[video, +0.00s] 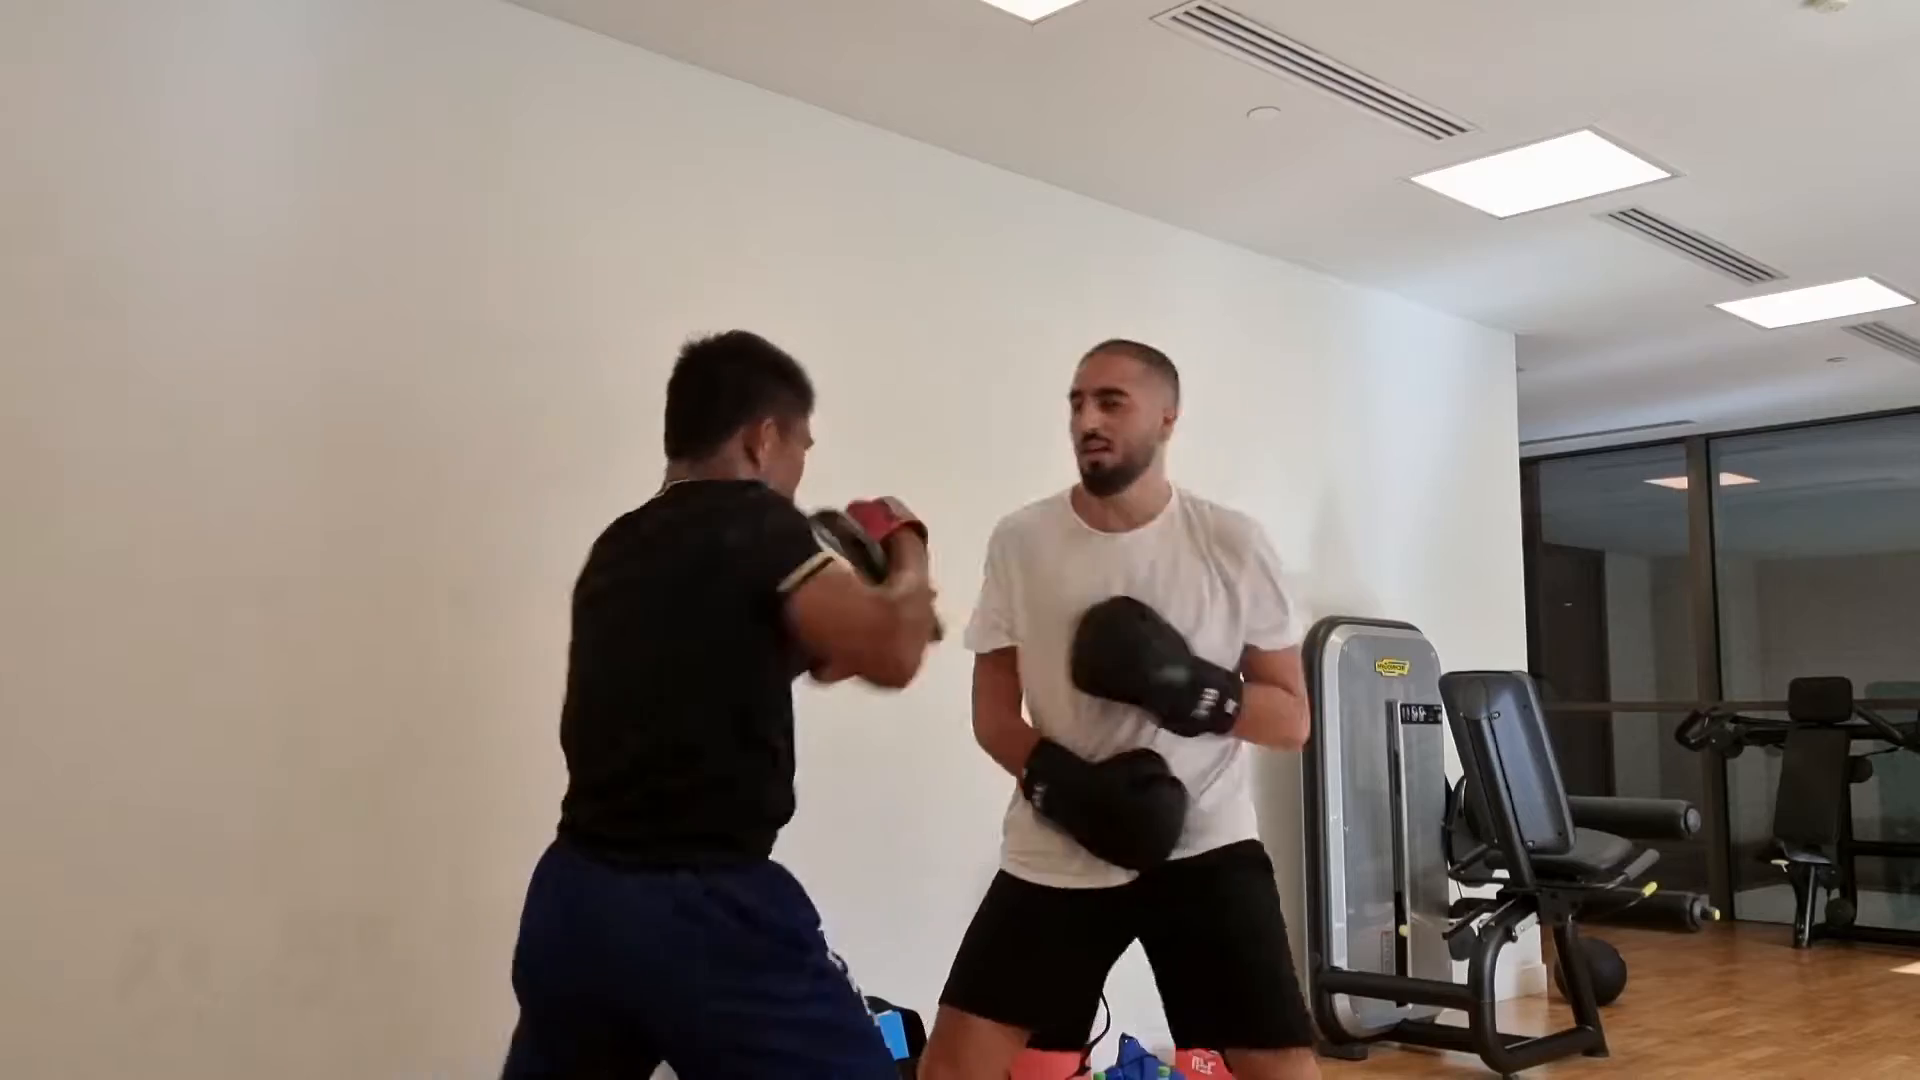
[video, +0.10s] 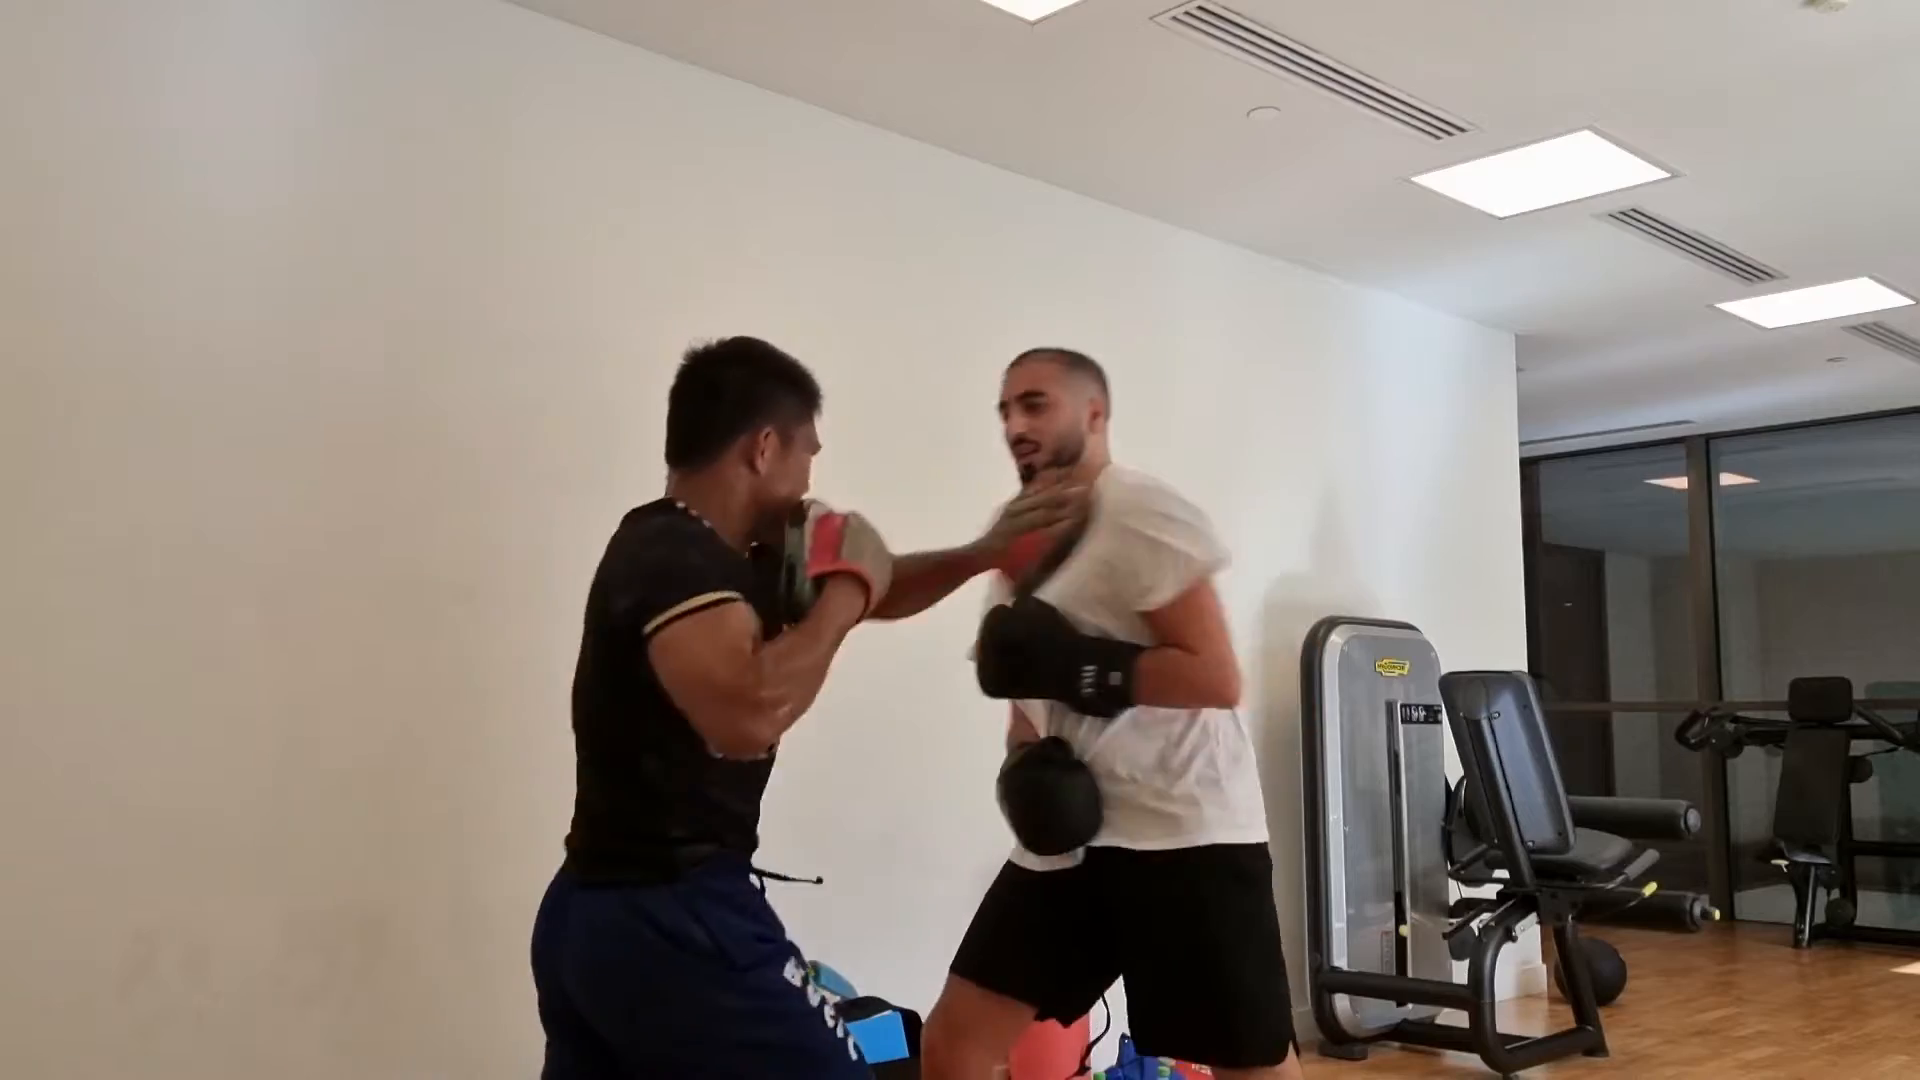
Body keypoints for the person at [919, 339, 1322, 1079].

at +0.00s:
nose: (1088, 419)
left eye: (1112, 402)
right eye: (1079, 404)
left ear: (1168, 420)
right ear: (1067, 419)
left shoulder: (1235, 545)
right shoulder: (1020, 542)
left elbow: (1291, 718)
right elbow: (993, 717)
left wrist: (1190, 685)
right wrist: (1067, 783)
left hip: (1207, 860)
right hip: (1052, 867)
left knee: (1282, 1068)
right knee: (955, 1067)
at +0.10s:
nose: (1014, 426)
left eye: (1033, 404)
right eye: (1006, 411)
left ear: (1094, 413)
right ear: (1001, 427)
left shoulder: (1145, 514)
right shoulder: (1022, 534)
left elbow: (1216, 679)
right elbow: (1028, 683)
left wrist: (1069, 666)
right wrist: (1030, 769)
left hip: (1195, 850)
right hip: (1072, 845)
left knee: (1258, 1068)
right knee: (957, 1048)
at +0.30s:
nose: (982, 467)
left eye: (999, 444)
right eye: (976, 453)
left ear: (1062, 445)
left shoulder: (1096, 524)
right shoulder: (1067, 552)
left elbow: (1200, 678)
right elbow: (1138, 727)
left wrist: (1060, 695)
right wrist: (1032, 792)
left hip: (1186, 859)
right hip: (1077, 862)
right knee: (951, 1048)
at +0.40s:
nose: (1055, 435)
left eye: (1075, 413)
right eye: (1042, 426)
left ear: (1134, 418)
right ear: (1036, 447)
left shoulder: (1227, 530)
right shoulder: (1054, 556)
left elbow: (1317, 691)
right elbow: (1056, 676)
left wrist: (1200, 681)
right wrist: (960, 714)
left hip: (1201, 860)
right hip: (1057, 857)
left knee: (1264, 1069)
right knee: (954, 1065)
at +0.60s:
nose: (1053, 441)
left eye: (1071, 419)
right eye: (1038, 430)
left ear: (1124, 425)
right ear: (1033, 452)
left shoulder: (1218, 533)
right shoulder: (1018, 551)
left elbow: (1313, 696)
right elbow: (908, 677)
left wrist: (1246, 629)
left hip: (1219, 867)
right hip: (1076, 860)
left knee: (1280, 1071)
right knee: (956, 1062)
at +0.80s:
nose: (1019, 443)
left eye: (1037, 420)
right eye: (1006, 430)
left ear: (1093, 424)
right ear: (1001, 446)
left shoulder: (1152, 485)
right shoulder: (1036, 561)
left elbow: (1180, 580)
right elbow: (1047, 690)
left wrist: (1042, 563)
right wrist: (1033, 717)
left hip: (1191, 821)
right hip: (1068, 838)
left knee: (1275, 1065)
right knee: (956, 1047)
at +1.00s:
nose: (1103, 427)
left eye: (1124, 406)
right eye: (1090, 413)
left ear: (1180, 416)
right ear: (1079, 427)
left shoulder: (1257, 544)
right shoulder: (1032, 540)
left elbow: (1315, 661)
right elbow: (975, 691)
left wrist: (1304, 697)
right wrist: (1066, 714)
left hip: (1216, 844)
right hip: (1066, 851)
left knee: (1300, 1066)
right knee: (957, 1066)